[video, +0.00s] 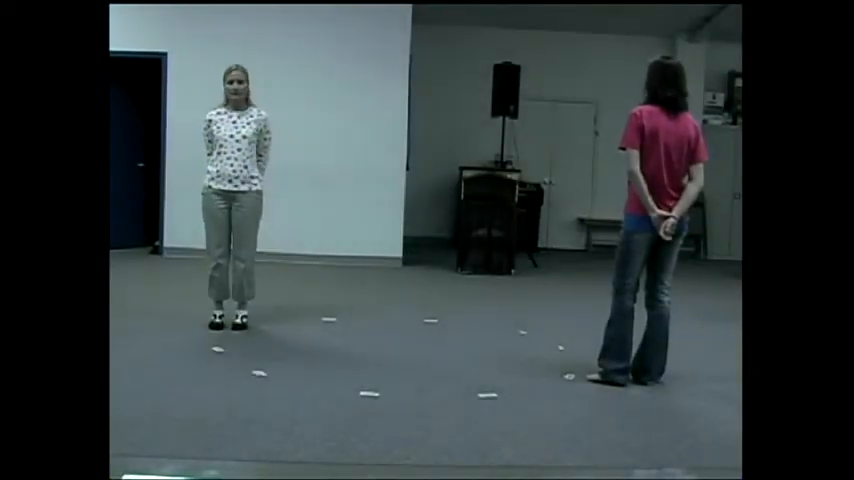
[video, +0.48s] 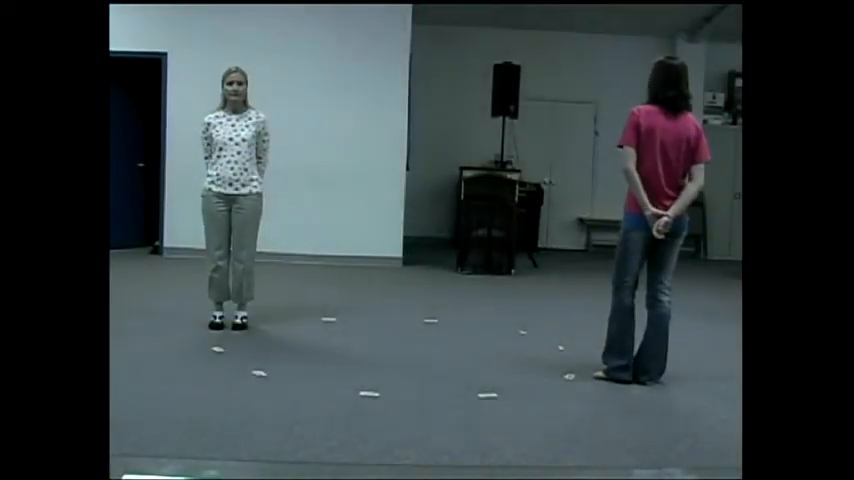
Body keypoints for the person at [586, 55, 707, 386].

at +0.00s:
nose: (647, 85)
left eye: (649, 80)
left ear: (652, 84)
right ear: (682, 86)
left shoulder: (641, 116)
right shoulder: (691, 125)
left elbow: (633, 168)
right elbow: (697, 180)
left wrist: (653, 210)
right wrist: (675, 216)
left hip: (641, 218)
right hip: (674, 220)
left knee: (625, 291)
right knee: (660, 294)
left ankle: (615, 368)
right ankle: (649, 370)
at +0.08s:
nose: (648, 85)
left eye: (650, 80)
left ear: (652, 84)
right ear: (682, 86)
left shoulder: (641, 116)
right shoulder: (692, 125)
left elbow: (633, 168)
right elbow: (697, 180)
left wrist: (653, 210)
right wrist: (675, 216)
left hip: (641, 218)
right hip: (674, 220)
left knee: (625, 292)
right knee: (660, 294)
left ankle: (615, 368)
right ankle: (649, 370)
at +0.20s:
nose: (649, 85)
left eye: (651, 79)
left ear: (653, 84)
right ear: (683, 86)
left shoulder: (641, 116)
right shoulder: (692, 126)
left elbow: (633, 169)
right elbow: (697, 180)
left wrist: (652, 210)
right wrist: (674, 216)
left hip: (641, 218)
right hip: (674, 220)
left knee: (625, 291)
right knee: (660, 293)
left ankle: (615, 368)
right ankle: (649, 370)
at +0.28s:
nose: (649, 86)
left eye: (651, 80)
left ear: (653, 85)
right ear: (683, 86)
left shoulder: (641, 116)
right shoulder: (692, 125)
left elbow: (632, 168)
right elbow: (697, 180)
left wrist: (651, 209)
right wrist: (673, 216)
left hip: (640, 218)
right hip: (674, 220)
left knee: (625, 291)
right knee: (660, 294)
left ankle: (616, 367)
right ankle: (649, 370)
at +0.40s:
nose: (651, 85)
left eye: (652, 80)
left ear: (653, 84)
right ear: (684, 86)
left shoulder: (640, 116)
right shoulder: (693, 125)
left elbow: (631, 167)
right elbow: (697, 180)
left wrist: (650, 208)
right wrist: (671, 217)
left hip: (640, 217)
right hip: (674, 220)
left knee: (624, 290)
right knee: (660, 294)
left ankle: (617, 367)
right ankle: (649, 370)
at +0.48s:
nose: (653, 85)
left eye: (654, 79)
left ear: (654, 84)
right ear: (685, 87)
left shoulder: (639, 116)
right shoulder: (693, 125)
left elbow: (629, 166)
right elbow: (697, 180)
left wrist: (647, 208)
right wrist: (670, 216)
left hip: (639, 216)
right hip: (674, 219)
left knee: (624, 290)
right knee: (661, 293)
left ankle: (618, 366)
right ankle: (650, 370)